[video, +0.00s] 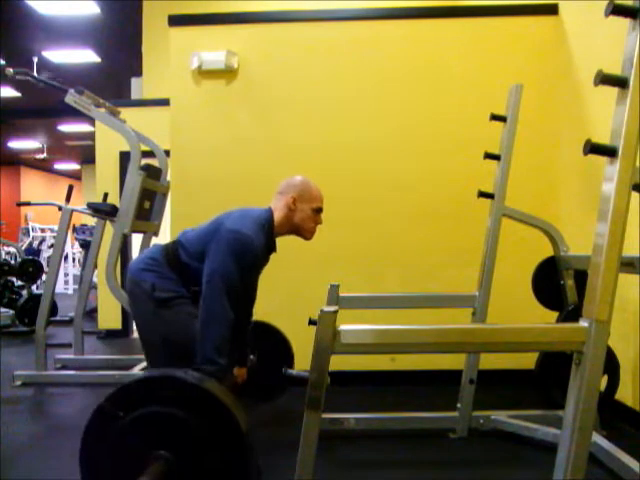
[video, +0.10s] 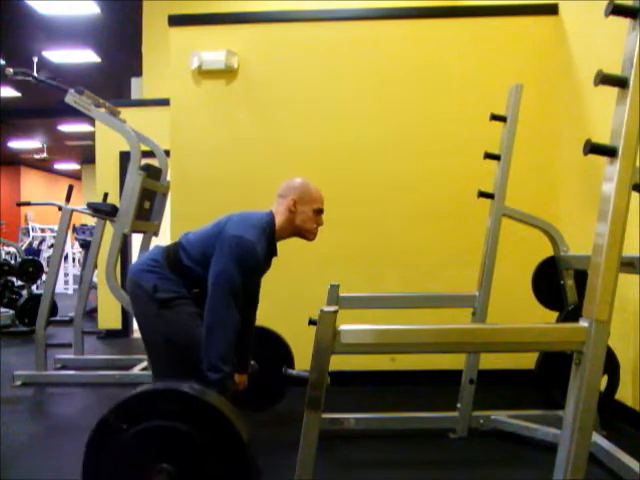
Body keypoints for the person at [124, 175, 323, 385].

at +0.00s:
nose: (320, 220)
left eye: (321, 213)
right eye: (316, 212)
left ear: (292, 204)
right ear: (292, 204)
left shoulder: (258, 237)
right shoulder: (243, 233)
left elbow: (242, 306)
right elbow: (217, 304)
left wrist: (238, 360)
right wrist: (215, 372)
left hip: (172, 283)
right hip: (153, 279)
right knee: (178, 369)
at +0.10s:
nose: (321, 221)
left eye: (322, 214)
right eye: (317, 213)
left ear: (293, 208)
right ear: (292, 206)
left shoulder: (259, 242)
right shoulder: (244, 238)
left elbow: (245, 311)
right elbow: (221, 310)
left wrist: (240, 366)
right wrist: (219, 379)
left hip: (174, 286)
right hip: (155, 282)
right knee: (186, 371)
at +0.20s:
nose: (320, 221)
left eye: (320, 214)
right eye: (315, 213)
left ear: (291, 208)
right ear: (291, 207)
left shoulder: (259, 243)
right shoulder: (244, 239)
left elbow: (246, 314)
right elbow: (222, 313)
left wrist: (243, 369)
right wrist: (221, 382)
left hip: (175, 286)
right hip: (155, 282)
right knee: (187, 370)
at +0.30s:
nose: (317, 220)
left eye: (317, 212)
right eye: (313, 211)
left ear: (289, 206)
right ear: (288, 204)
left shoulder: (256, 240)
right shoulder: (240, 236)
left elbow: (245, 311)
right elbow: (220, 310)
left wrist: (243, 365)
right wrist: (221, 379)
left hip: (172, 286)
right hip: (153, 282)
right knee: (185, 374)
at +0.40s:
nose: (313, 214)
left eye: (314, 207)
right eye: (309, 206)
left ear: (286, 200)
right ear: (285, 199)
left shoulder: (252, 233)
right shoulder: (237, 229)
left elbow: (240, 302)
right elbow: (212, 301)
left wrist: (241, 354)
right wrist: (221, 368)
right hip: (150, 283)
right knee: (180, 371)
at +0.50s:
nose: (309, 211)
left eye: (310, 203)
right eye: (306, 201)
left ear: (281, 193)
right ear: (282, 193)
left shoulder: (249, 223)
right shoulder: (231, 218)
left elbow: (231, 288)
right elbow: (200, 288)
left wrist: (238, 336)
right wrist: (216, 346)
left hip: (171, 282)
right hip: (150, 281)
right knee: (171, 362)